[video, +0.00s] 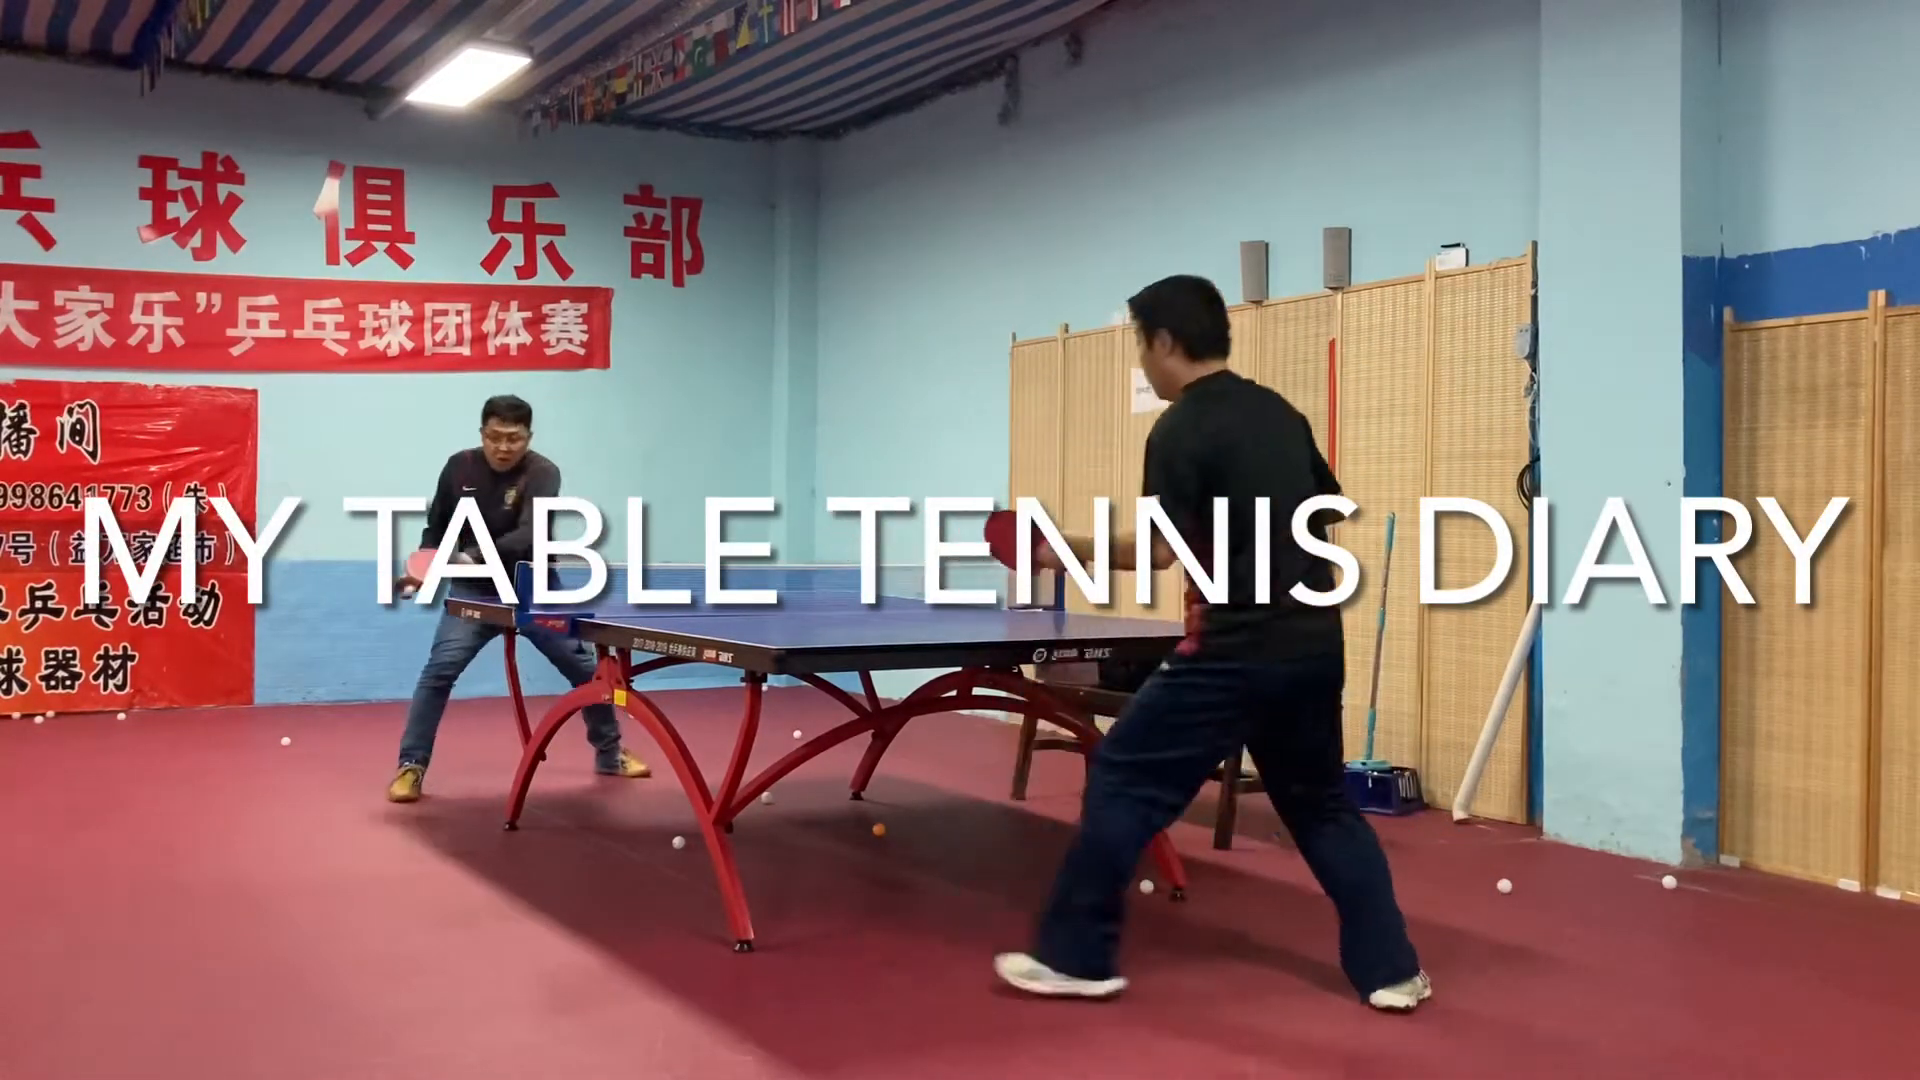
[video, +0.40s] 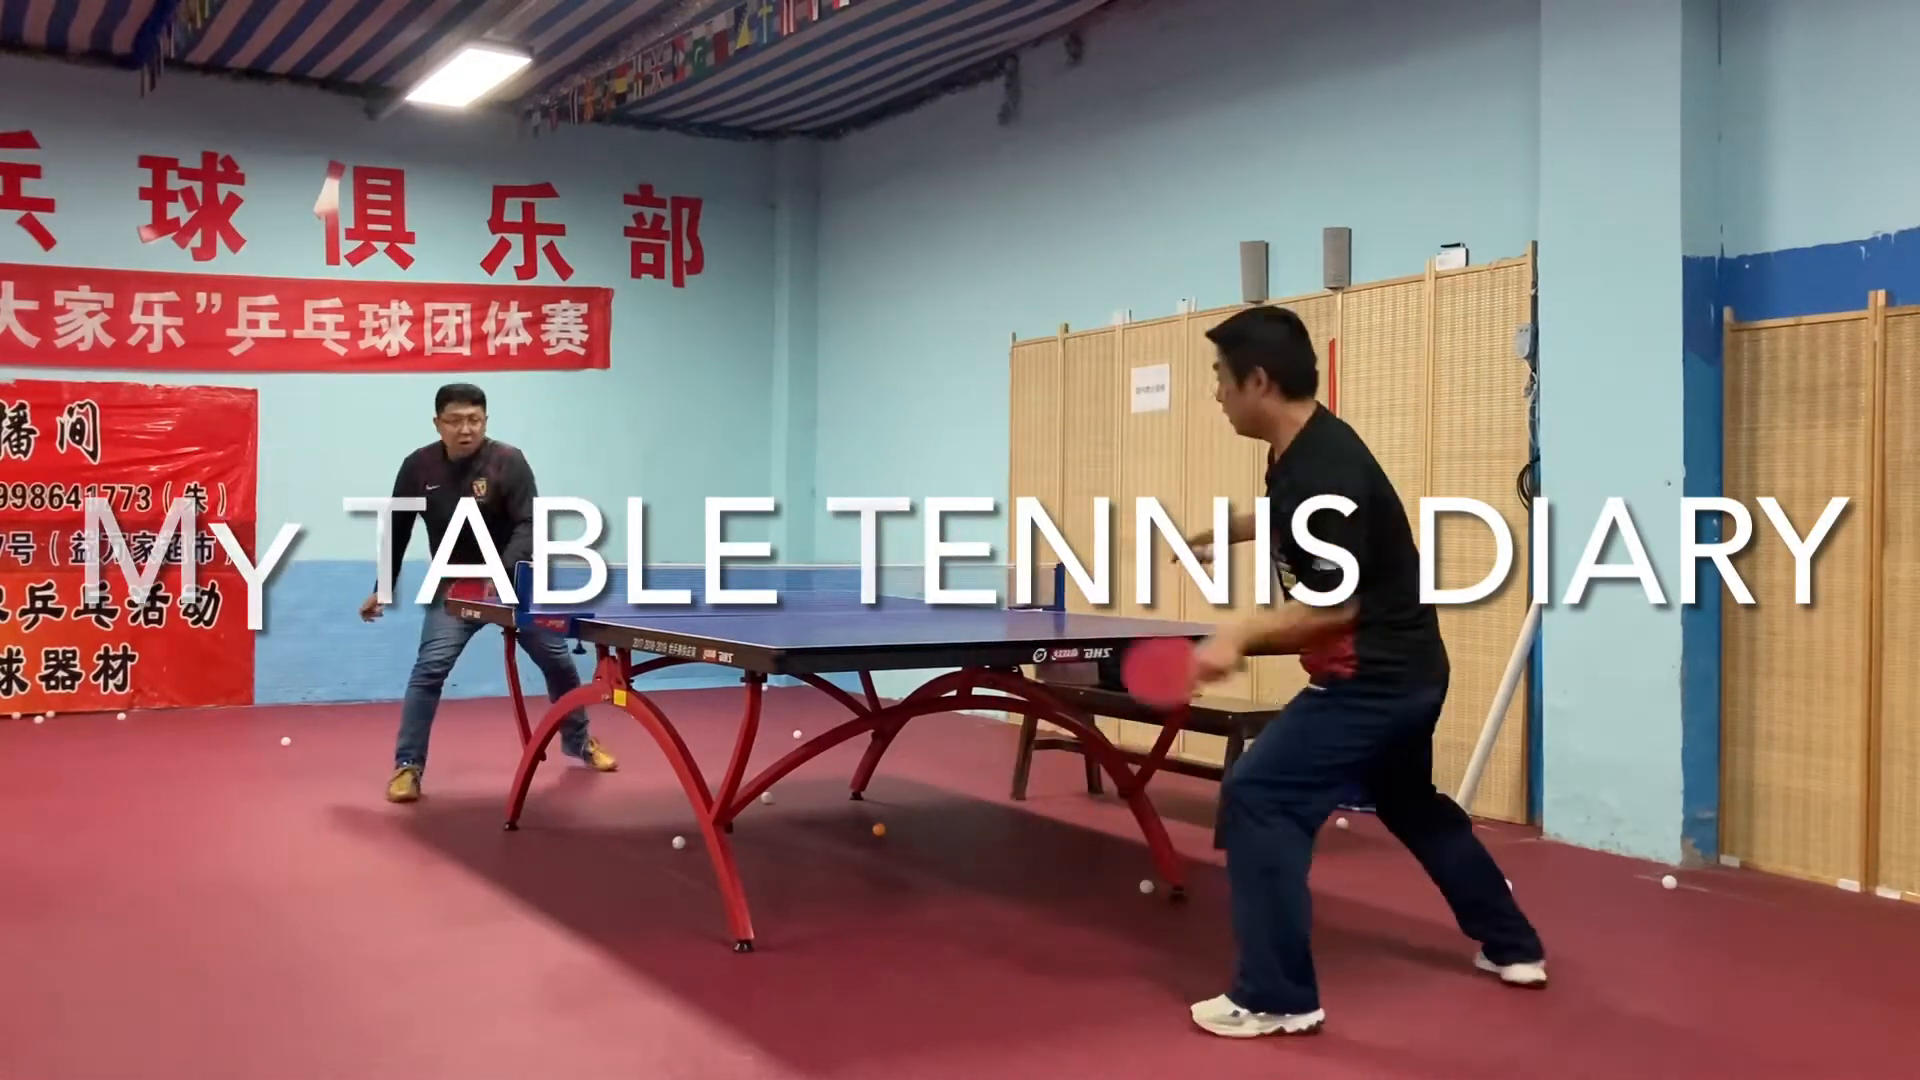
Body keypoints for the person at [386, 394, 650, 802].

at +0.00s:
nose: (504, 448)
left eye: (514, 439)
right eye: (495, 437)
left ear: (528, 438)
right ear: (481, 434)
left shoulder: (543, 473)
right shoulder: (459, 467)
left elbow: (529, 536)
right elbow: (436, 529)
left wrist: (472, 557)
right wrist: (419, 572)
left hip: (533, 590)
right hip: (474, 592)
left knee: (582, 665)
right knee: (441, 668)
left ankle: (610, 753)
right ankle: (412, 766)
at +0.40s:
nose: (465, 429)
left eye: (474, 420)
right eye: (455, 421)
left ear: (485, 422)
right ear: (438, 424)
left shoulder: (508, 461)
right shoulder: (419, 466)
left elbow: (528, 527)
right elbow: (396, 531)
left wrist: (497, 577)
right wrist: (383, 589)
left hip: (513, 582)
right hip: (455, 586)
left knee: (559, 660)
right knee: (430, 667)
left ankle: (579, 741)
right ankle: (408, 767)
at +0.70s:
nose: (520, 420)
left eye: (529, 412)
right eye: (511, 411)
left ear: (539, 417)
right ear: (494, 415)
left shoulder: (551, 463)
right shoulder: (462, 459)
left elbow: (568, 521)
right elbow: (434, 520)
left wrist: (553, 570)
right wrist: (432, 568)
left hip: (530, 580)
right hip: (470, 578)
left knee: (561, 657)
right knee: (439, 660)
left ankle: (575, 747)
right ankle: (406, 757)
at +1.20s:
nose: (549, 423)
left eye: (557, 415)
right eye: (540, 414)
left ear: (566, 420)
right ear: (523, 414)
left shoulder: (573, 464)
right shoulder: (487, 452)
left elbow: (573, 526)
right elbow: (450, 508)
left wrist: (527, 552)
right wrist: (433, 555)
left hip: (531, 573)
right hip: (478, 571)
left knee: (568, 649)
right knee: (445, 652)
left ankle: (580, 744)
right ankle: (398, 748)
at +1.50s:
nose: (495, 421)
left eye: (503, 414)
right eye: (486, 413)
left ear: (512, 418)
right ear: (468, 414)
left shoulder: (524, 460)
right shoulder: (439, 453)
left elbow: (524, 518)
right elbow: (405, 506)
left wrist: (493, 542)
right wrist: (371, 551)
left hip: (504, 578)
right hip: (450, 575)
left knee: (545, 656)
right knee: (424, 658)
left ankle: (578, 743)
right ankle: (399, 752)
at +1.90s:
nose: (507, 412)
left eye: (513, 404)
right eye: (497, 404)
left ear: (520, 409)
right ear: (475, 407)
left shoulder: (534, 456)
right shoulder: (446, 453)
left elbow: (554, 514)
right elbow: (424, 515)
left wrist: (547, 568)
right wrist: (416, 565)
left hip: (521, 579)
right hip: (465, 578)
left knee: (548, 658)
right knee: (435, 663)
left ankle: (557, 742)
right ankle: (401, 750)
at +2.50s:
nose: (454, 399)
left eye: (461, 391)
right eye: (444, 391)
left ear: (469, 397)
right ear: (423, 397)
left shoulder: (487, 443)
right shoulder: (398, 446)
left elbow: (510, 499)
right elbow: (371, 510)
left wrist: (514, 530)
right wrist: (385, 539)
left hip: (488, 577)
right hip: (426, 577)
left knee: (531, 652)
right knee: (403, 664)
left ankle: (543, 738)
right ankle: (396, 754)